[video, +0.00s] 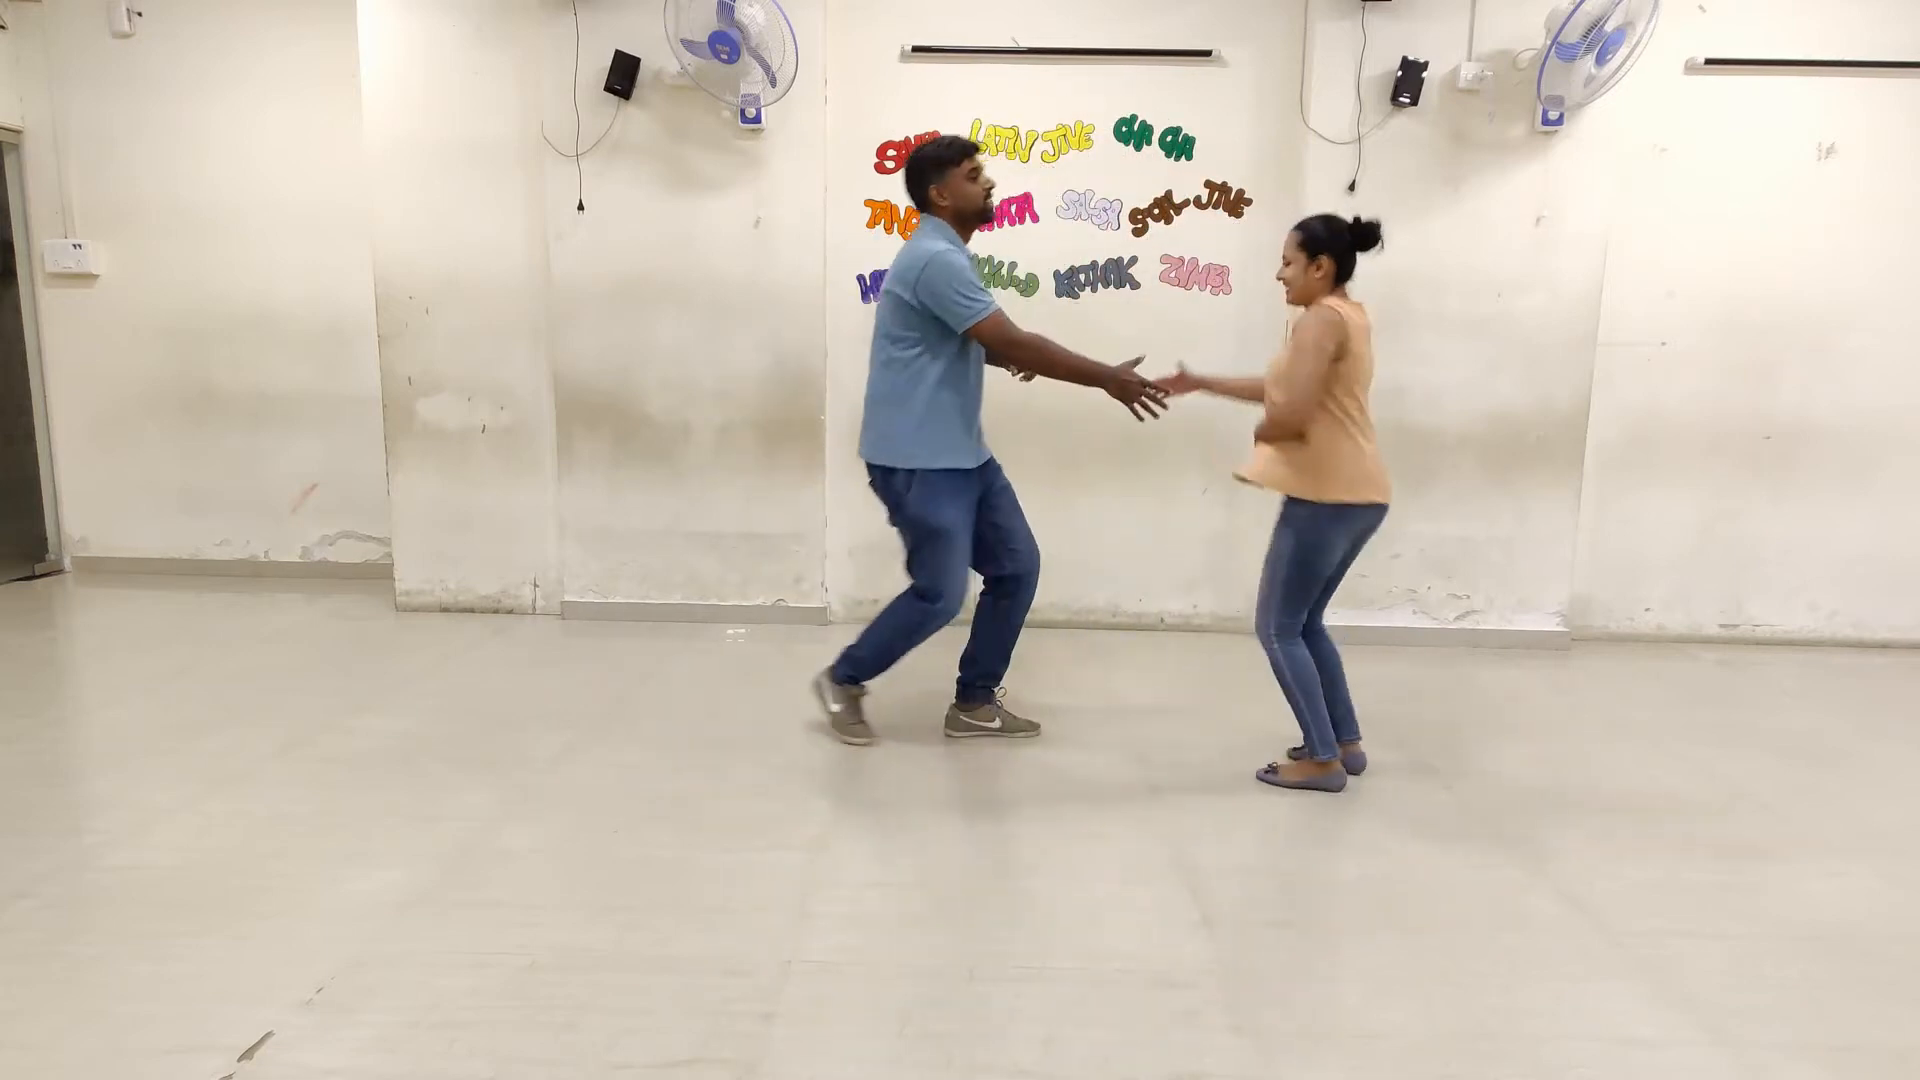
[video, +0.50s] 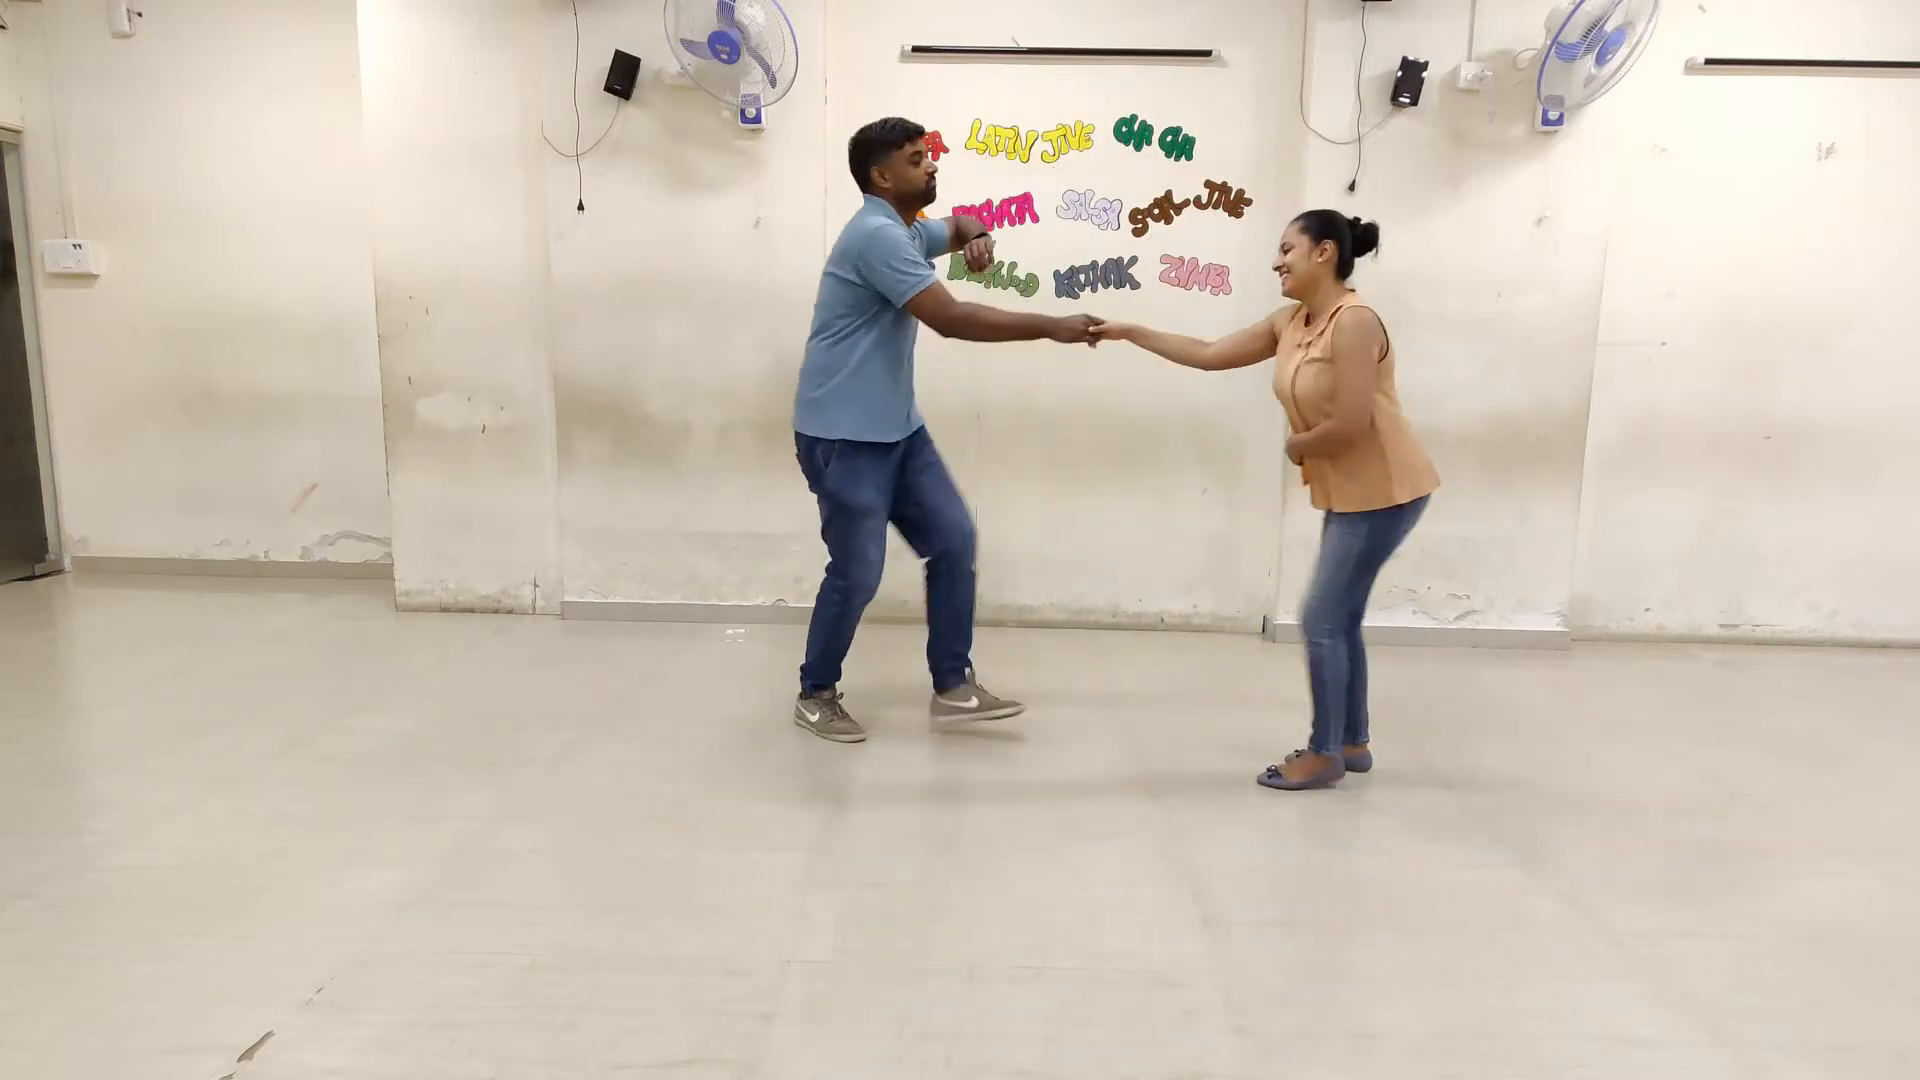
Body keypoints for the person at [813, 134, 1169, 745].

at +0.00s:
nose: (988, 182)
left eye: (982, 172)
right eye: (972, 175)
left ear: (945, 193)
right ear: (937, 193)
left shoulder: (949, 255)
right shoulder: (935, 257)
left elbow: (975, 349)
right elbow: (1014, 344)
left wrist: (1012, 359)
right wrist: (1107, 376)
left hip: (960, 449)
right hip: (915, 454)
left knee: (1016, 567)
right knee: (939, 592)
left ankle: (975, 702)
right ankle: (842, 680)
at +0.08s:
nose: (965, 195)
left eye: (959, 185)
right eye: (951, 187)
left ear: (923, 206)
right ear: (917, 204)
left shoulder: (925, 266)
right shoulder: (912, 269)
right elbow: (1001, 348)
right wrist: (1100, 381)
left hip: (936, 460)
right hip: (887, 465)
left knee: (1010, 562)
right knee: (907, 604)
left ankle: (983, 703)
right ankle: (826, 692)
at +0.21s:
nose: (947, 183)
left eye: (943, 174)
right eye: (934, 176)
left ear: (904, 195)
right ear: (899, 191)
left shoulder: (900, 248)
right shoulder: (894, 255)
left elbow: (923, 299)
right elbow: (982, 336)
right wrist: (1082, 365)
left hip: (901, 446)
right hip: (859, 451)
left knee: (962, 559)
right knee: (882, 587)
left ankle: (1013, 694)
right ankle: (824, 693)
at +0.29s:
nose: (941, 173)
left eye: (937, 163)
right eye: (928, 165)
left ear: (901, 181)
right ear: (894, 179)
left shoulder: (896, 233)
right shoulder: (889, 244)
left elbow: (932, 264)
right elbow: (970, 327)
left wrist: (964, 273)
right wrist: (1070, 350)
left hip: (890, 438)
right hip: (851, 442)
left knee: (938, 560)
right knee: (871, 578)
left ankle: (995, 691)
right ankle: (822, 692)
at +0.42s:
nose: (930, 163)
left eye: (928, 154)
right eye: (915, 157)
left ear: (905, 173)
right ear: (879, 171)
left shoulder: (901, 226)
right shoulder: (876, 233)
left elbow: (947, 238)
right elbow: (959, 314)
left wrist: (968, 247)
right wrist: (1060, 324)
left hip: (888, 429)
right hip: (841, 431)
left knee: (924, 561)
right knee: (858, 570)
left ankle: (960, 696)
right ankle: (819, 692)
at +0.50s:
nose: (929, 165)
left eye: (927, 155)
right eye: (915, 158)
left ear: (905, 173)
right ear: (880, 173)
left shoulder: (905, 230)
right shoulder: (875, 233)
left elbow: (957, 224)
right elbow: (950, 318)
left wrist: (973, 237)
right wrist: (1051, 327)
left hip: (896, 427)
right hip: (841, 431)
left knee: (953, 539)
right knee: (857, 572)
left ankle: (953, 687)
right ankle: (815, 693)